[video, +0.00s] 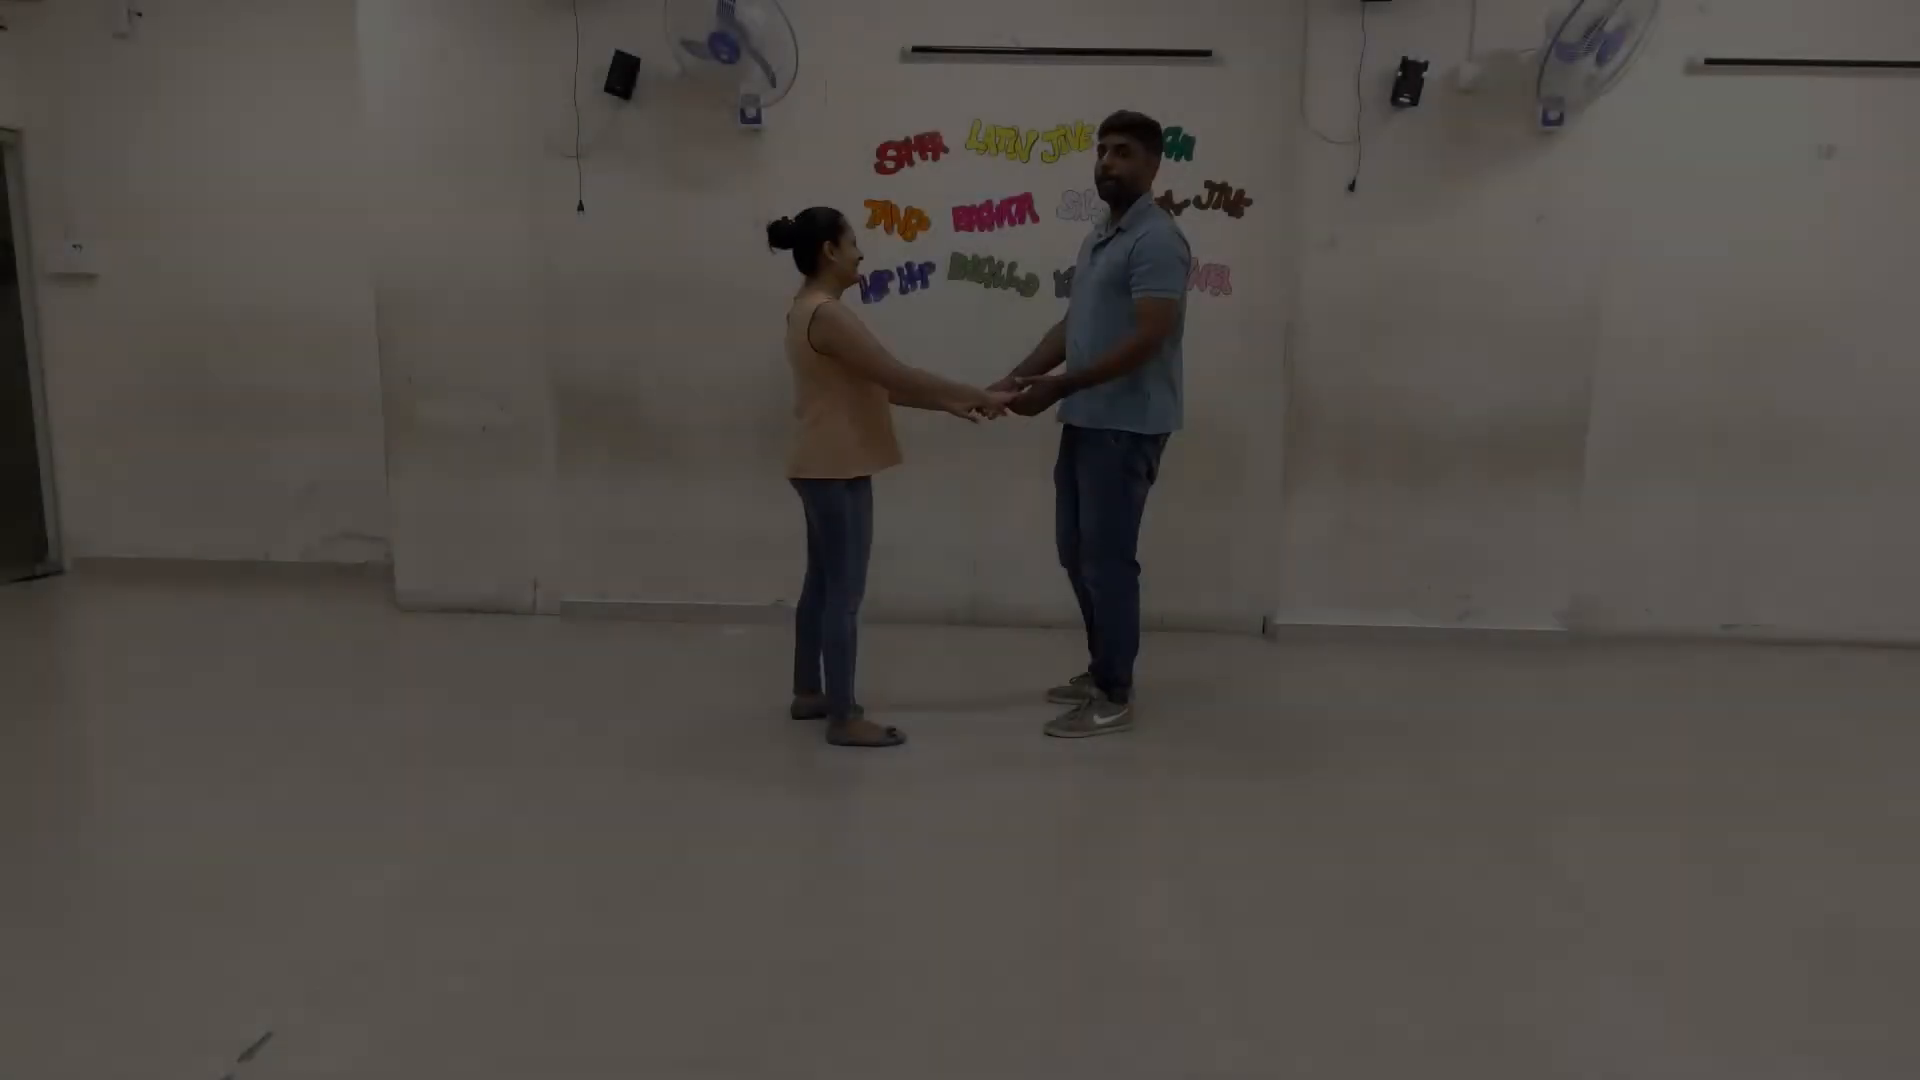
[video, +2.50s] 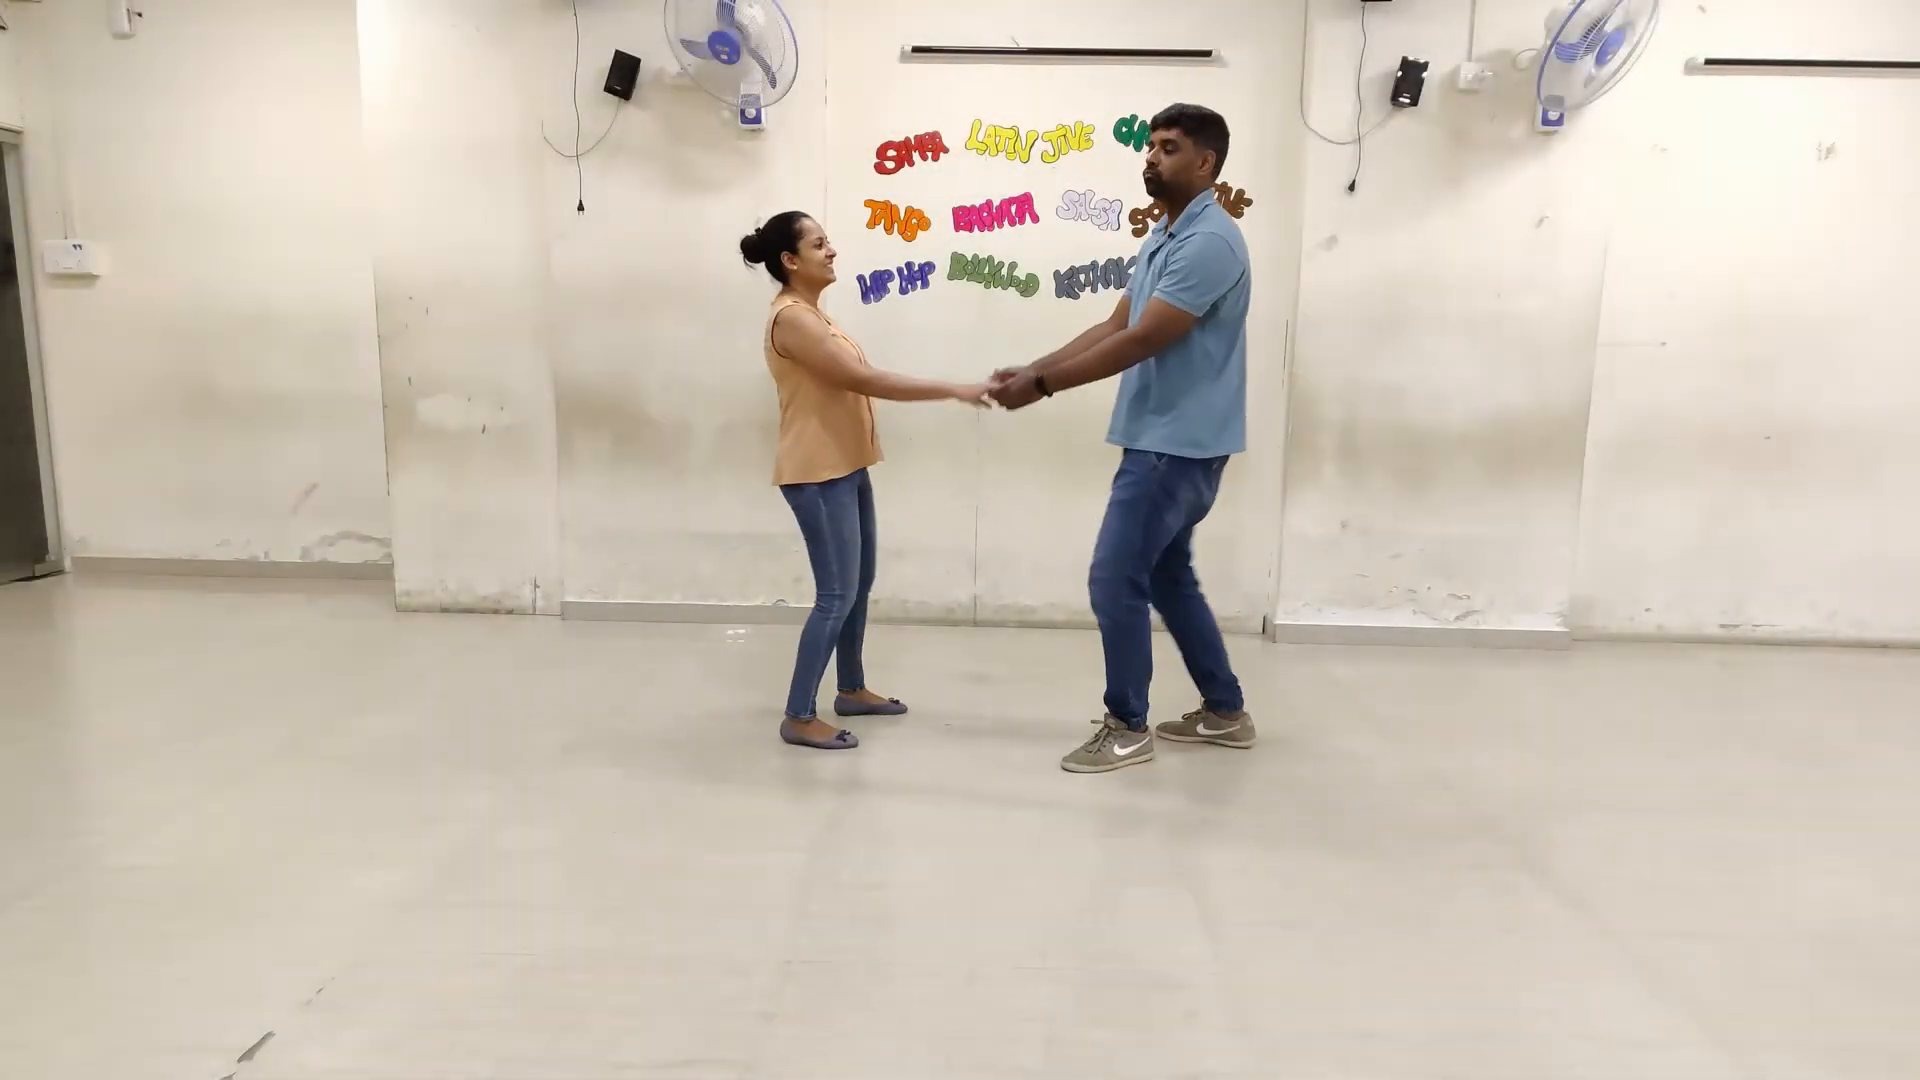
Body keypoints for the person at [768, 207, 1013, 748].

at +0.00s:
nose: (861, 254)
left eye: (857, 244)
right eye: (854, 245)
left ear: (820, 254)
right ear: (829, 252)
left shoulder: (808, 311)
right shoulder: (827, 315)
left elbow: (885, 386)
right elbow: (895, 375)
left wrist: (953, 404)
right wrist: (975, 394)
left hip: (820, 468)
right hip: (840, 470)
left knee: (822, 582)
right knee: (845, 594)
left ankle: (809, 693)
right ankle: (844, 717)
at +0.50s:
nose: (836, 257)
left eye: (833, 248)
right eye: (829, 247)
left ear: (802, 255)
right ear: (802, 252)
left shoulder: (798, 314)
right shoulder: (794, 317)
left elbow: (871, 380)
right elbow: (871, 377)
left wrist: (947, 397)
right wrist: (949, 395)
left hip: (814, 468)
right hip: (811, 471)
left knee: (808, 583)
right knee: (843, 586)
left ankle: (806, 693)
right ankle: (854, 704)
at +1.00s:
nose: (830, 254)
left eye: (826, 244)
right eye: (823, 244)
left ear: (793, 251)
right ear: (800, 247)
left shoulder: (783, 310)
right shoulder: (797, 312)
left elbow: (861, 379)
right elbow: (865, 379)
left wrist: (944, 401)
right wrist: (950, 400)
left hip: (801, 463)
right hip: (812, 465)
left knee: (807, 584)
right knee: (827, 591)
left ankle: (807, 693)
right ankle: (812, 714)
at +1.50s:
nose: (833, 242)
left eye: (827, 234)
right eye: (825, 237)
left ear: (798, 258)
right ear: (806, 256)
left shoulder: (791, 307)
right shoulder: (810, 319)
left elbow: (876, 381)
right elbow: (881, 385)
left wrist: (959, 399)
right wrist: (969, 400)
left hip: (823, 465)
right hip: (815, 469)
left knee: (861, 568)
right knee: (833, 589)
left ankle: (836, 687)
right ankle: (810, 716)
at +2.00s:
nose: (833, 247)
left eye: (830, 238)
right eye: (817, 246)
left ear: (836, 248)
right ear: (795, 269)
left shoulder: (856, 313)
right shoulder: (802, 324)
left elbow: (896, 386)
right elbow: (858, 387)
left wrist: (955, 411)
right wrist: (947, 402)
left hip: (873, 466)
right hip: (830, 473)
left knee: (864, 586)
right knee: (846, 589)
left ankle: (849, 689)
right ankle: (828, 708)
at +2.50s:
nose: (831, 251)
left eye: (827, 242)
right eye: (818, 246)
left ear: (805, 258)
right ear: (790, 261)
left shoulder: (813, 312)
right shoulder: (792, 319)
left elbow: (857, 382)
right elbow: (864, 379)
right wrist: (956, 390)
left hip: (847, 470)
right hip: (817, 475)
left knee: (858, 585)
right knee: (836, 594)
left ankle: (852, 691)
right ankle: (798, 717)